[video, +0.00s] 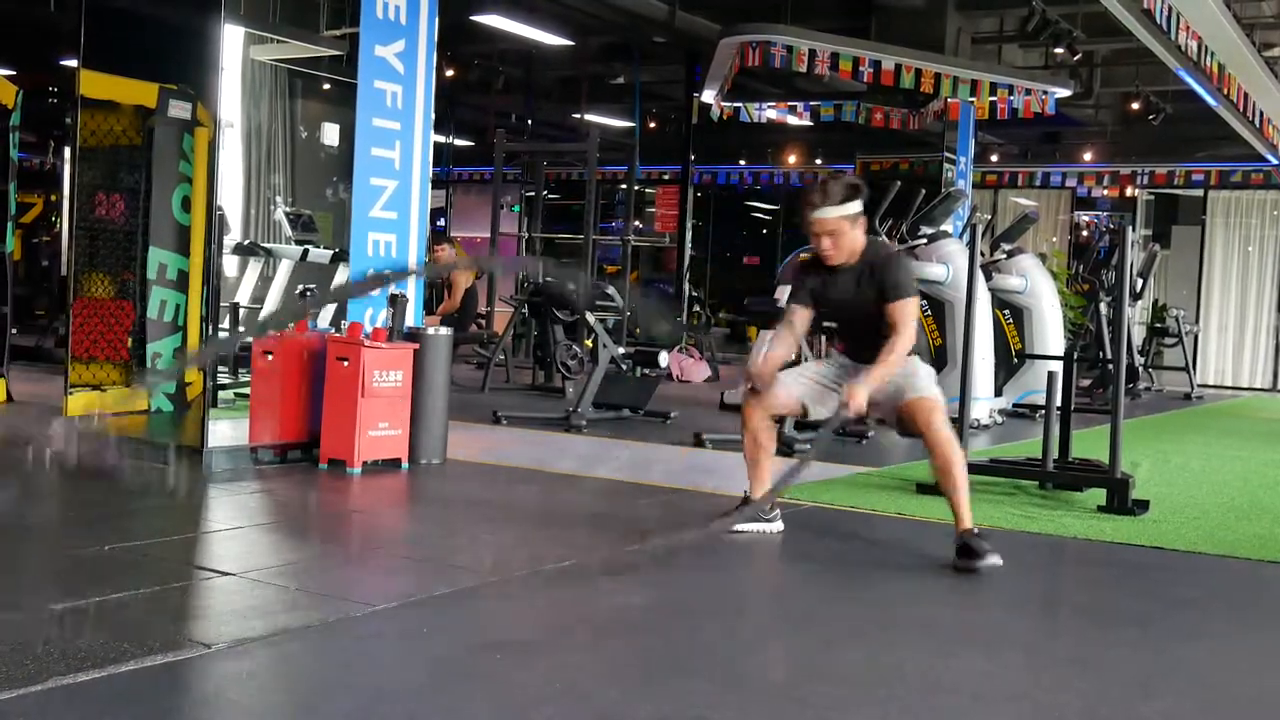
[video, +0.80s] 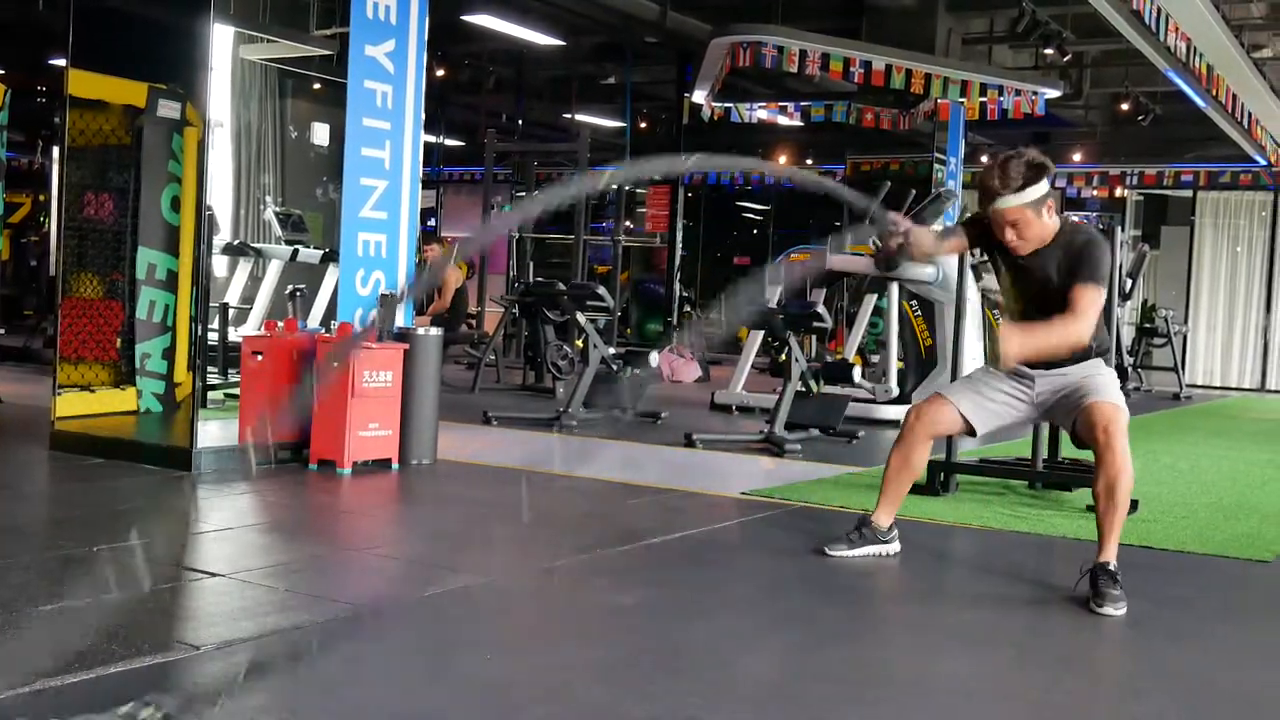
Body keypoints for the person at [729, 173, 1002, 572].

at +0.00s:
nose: (822, 245)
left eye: (832, 235)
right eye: (815, 236)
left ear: (860, 226)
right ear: (808, 233)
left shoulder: (890, 264)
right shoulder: (811, 271)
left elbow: (904, 335)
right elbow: (791, 328)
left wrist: (867, 383)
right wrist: (769, 363)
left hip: (896, 368)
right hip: (841, 366)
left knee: (932, 416)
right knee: (756, 403)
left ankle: (967, 533)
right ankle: (761, 506)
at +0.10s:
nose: (862, 243)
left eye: (871, 233)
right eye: (855, 234)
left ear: (899, 224)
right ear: (848, 232)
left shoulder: (931, 249)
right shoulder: (854, 273)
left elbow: (917, 290)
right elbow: (822, 337)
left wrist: (860, 291)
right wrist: (810, 393)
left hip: (933, 378)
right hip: (872, 376)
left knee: (969, 415)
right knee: (785, 404)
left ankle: (973, 538)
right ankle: (762, 507)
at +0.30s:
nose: (895, 247)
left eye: (903, 237)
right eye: (890, 238)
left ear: (934, 224)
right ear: (885, 232)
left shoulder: (973, 251)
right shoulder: (898, 250)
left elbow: (980, 332)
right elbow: (860, 257)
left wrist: (936, 356)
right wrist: (832, 255)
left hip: (981, 362)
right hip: (922, 364)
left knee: (1013, 403)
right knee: (844, 406)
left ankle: (1019, 527)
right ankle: (841, 520)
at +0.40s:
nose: (908, 261)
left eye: (917, 249)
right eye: (901, 250)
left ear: (948, 237)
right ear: (894, 245)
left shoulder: (985, 279)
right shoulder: (901, 264)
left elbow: (1002, 366)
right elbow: (861, 308)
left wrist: (966, 429)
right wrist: (841, 282)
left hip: (998, 380)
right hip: (938, 377)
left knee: (1043, 441)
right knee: (853, 409)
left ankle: (1092, 552)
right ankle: (839, 525)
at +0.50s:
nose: (935, 261)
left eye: (945, 249)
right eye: (927, 250)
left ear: (974, 241)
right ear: (920, 248)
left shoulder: (1014, 279)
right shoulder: (923, 290)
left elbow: (1031, 359)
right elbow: (906, 358)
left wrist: (989, 407)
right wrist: (890, 391)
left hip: (1024, 387)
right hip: (961, 386)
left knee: (1065, 442)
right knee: (871, 417)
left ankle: (1107, 567)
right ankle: (839, 523)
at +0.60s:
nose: (971, 239)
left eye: (980, 227)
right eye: (964, 229)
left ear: (1010, 215)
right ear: (957, 226)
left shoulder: (1051, 240)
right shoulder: (964, 270)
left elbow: (1048, 288)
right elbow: (946, 345)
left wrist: (990, 289)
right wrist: (943, 402)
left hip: (1062, 380)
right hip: (996, 381)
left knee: (1086, 429)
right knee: (902, 424)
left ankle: (1108, 566)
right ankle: (842, 522)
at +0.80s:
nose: (1006, 238)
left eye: (1015, 226)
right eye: (998, 227)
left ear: (1049, 210)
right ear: (990, 217)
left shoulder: (1088, 245)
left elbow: (1079, 327)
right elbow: (940, 243)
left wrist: (1015, 338)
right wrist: (911, 236)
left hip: (1080, 375)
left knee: (1111, 427)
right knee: (923, 418)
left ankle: (1107, 565)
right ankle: (880, 528)